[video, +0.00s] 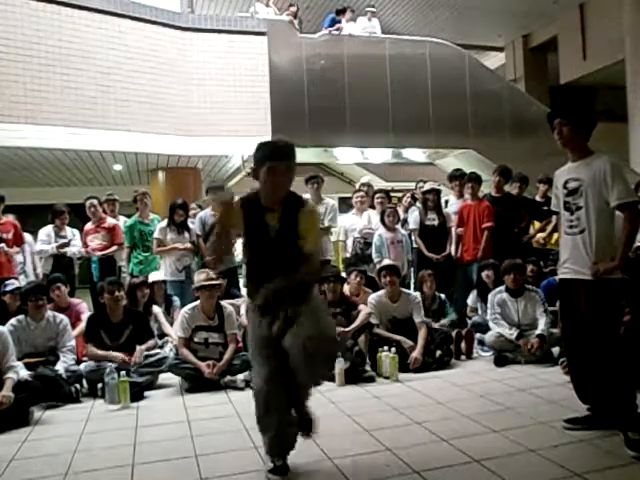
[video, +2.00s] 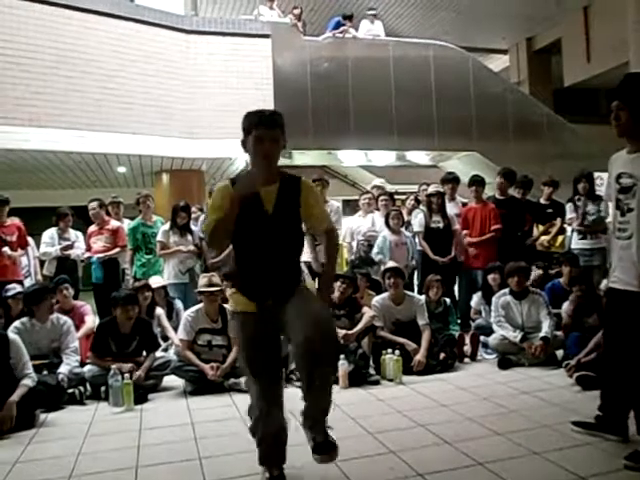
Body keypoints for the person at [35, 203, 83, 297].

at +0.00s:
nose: (64, 222)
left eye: (65, 219)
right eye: (61, 219)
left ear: (68, 218)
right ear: (54, 219)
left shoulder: (74, 232)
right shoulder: (45, 231)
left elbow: (79, 250)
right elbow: (38, 250)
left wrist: (66, 251)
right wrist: (55, 248)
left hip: (69, 272)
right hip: (50, 272)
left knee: (69, 301)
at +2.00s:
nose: (68, 224)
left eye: (69, 221)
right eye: (65, 221)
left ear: (72, 221)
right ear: (59, 221)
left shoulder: (77, 234)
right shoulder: (49, 234)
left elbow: (81, 251)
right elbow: (42, 253)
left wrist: (70, 253)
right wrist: (59, 250)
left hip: (72, 270)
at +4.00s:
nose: (66, 221)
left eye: (69, 218)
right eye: (63, 218)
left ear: (72, 219)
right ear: (58, 220)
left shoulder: (78, 234)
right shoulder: (49, 233)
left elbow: (81, 252)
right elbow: (43, 252)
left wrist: (70, 254)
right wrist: (60, 250)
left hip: (73, 267)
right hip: (55, 266)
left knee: (74, 296)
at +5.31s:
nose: (67, 220)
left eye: (69, 217)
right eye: (64, 218)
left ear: (73, 219)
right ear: (59, 220)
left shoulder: (79, 233)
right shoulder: (51, 234)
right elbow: (51, 252)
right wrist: (67, 247)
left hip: (75, 264)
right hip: (59, 264)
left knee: (77, 295)